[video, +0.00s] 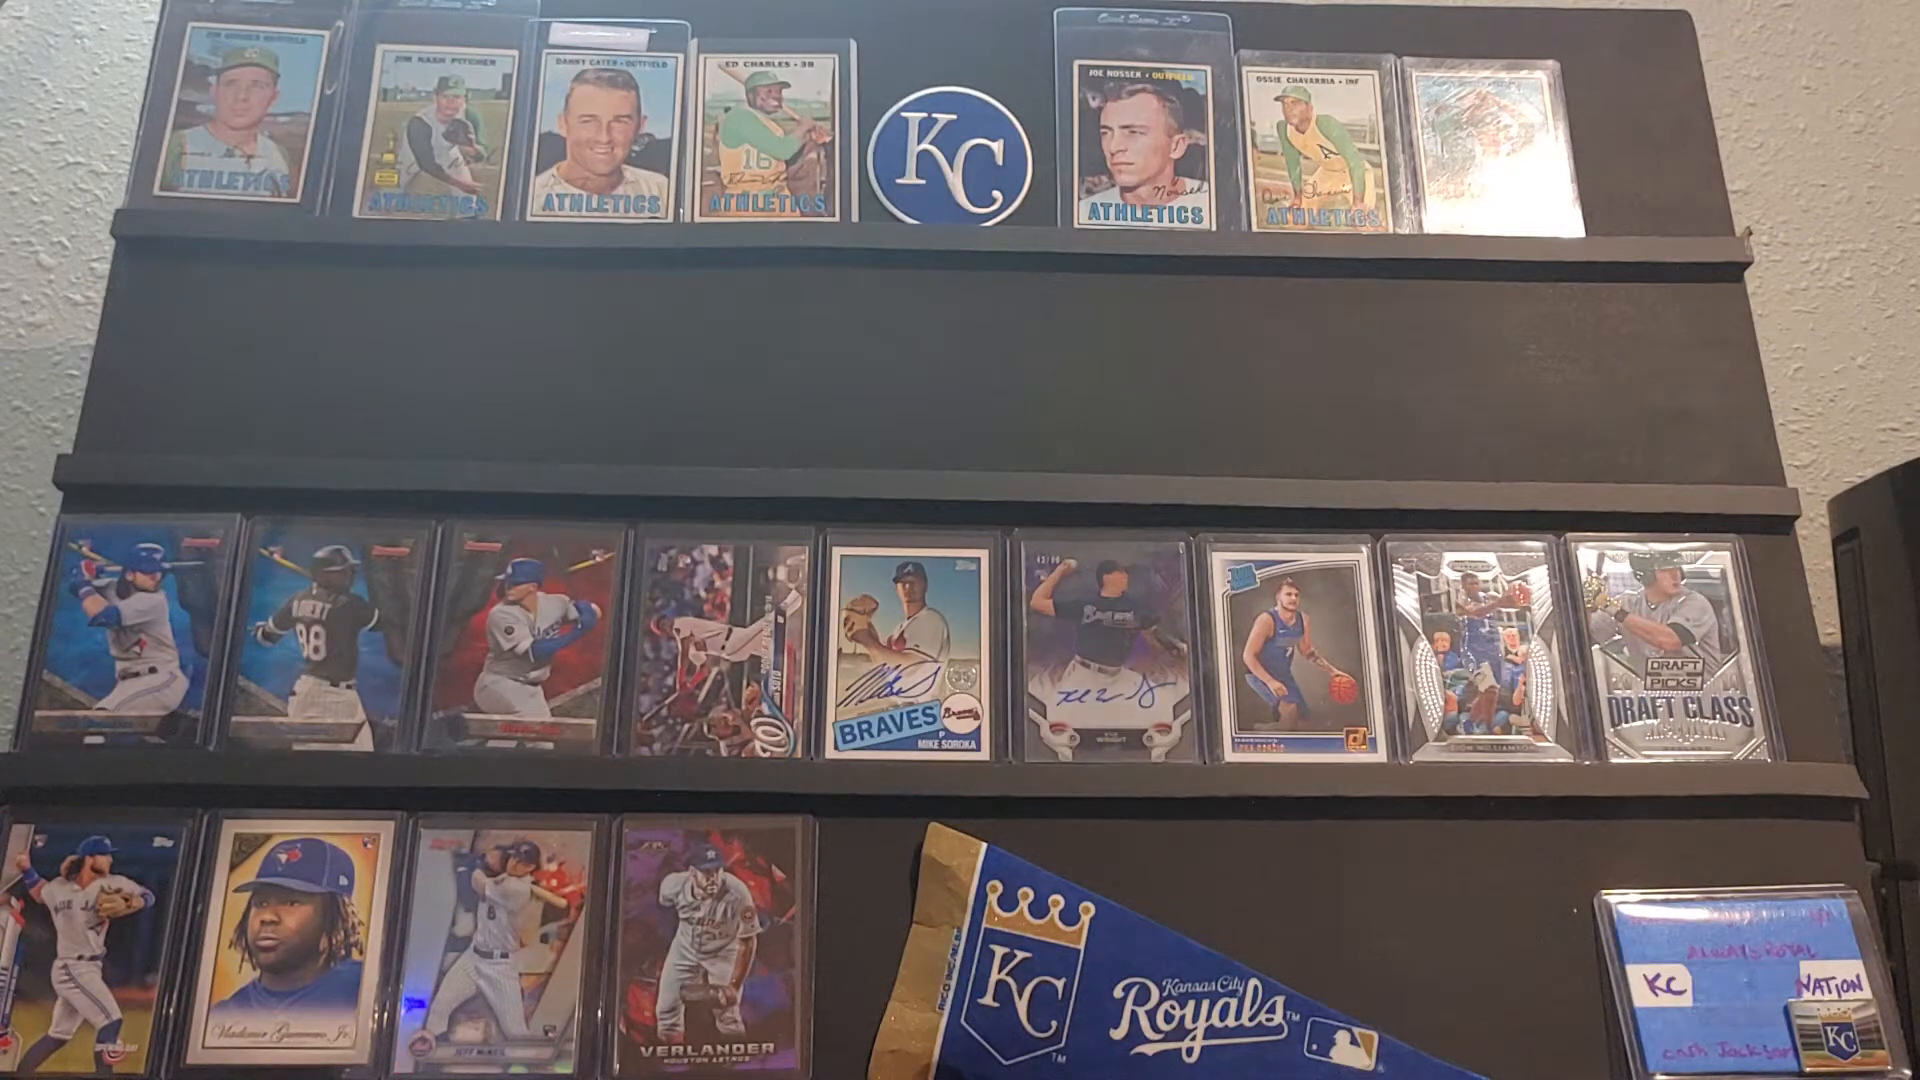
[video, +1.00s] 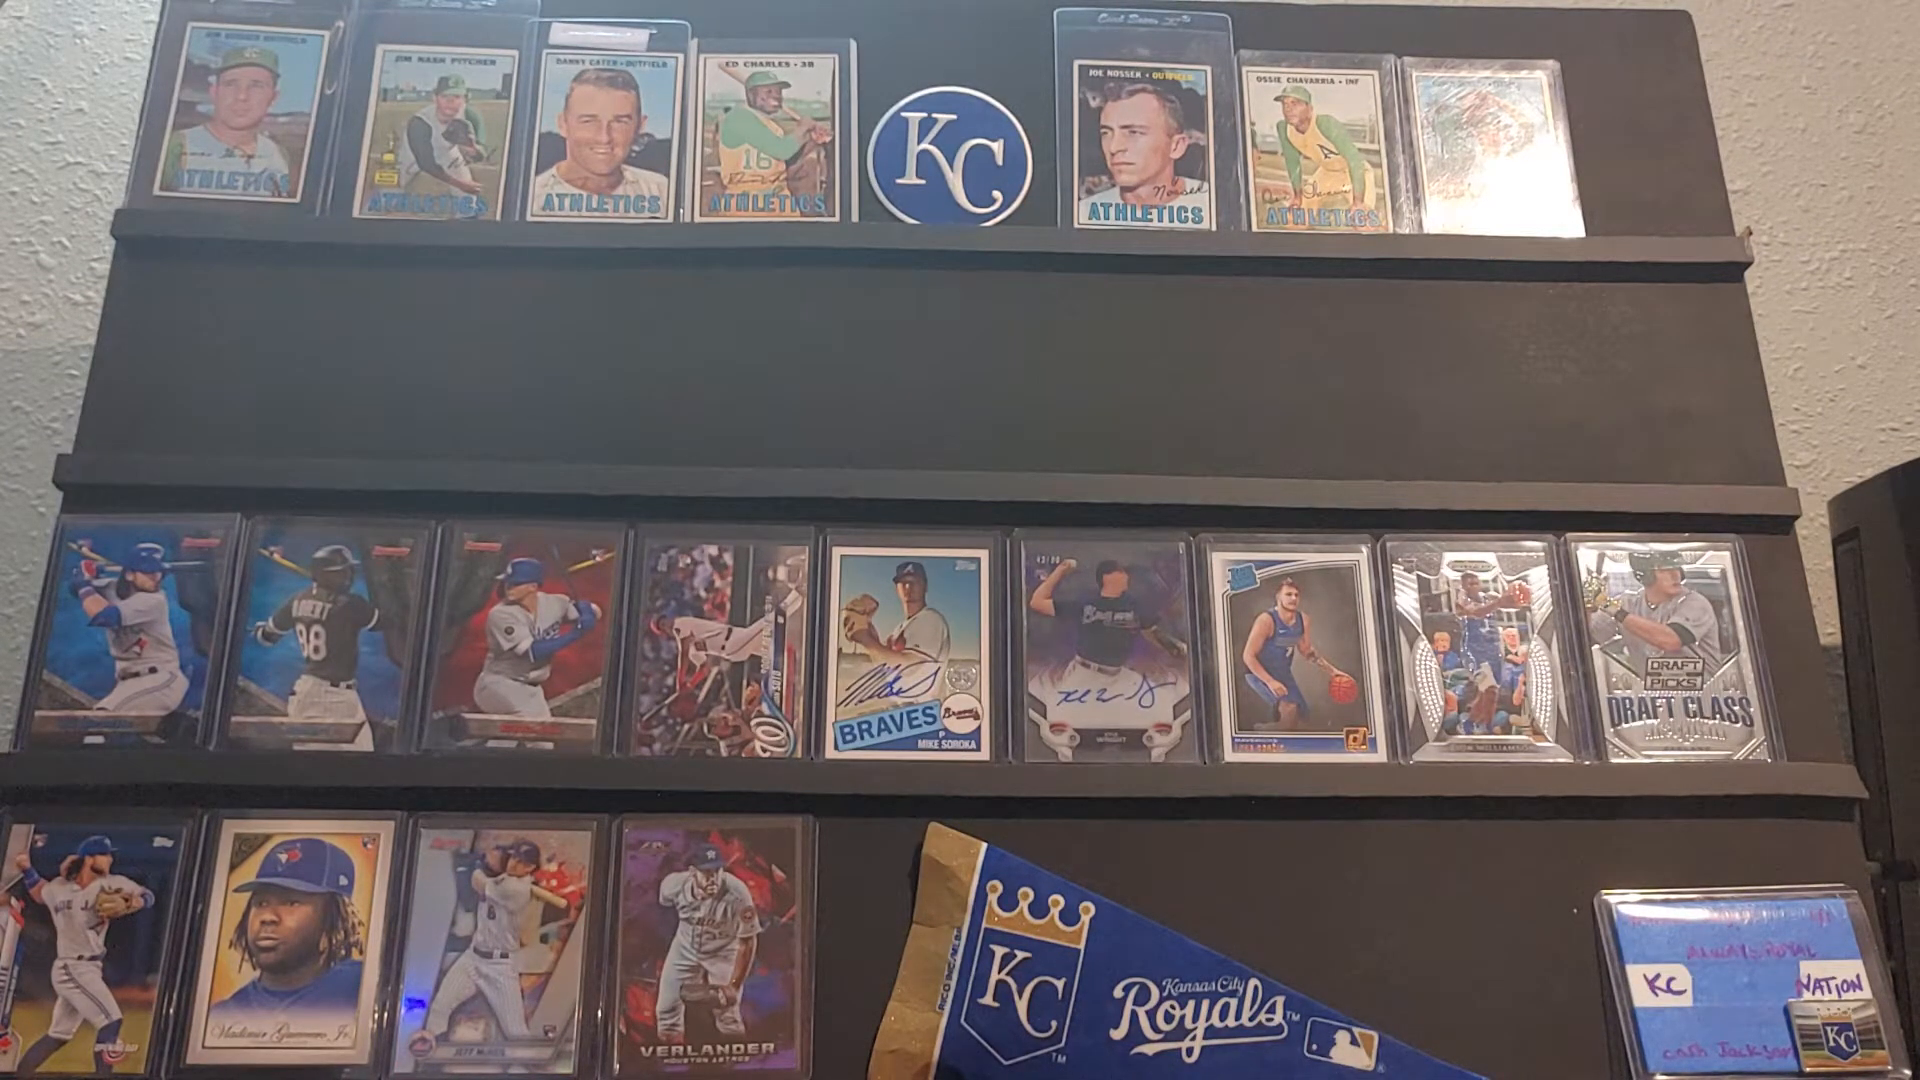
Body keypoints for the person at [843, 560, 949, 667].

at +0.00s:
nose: (907, 588)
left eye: (913, 583)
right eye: (902, 583)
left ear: (925, 586)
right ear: (896, 587)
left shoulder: (931, 619)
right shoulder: (902, 626)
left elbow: (909, 662)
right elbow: (882, 660)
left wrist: (865, 639)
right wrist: (864, 622)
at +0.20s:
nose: (907, 588)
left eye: (913, 583)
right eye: (902, 583)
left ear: (925, 586)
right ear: (896, 588)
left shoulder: (931, 619)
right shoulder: (902, 625)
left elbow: (910, 661)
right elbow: (882, 659)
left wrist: (866, 639)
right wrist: (865, 623)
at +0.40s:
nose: (907, 588)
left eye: (913, 583)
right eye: (902, 583)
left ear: (925, 586)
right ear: (896, 588)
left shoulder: (931, 619)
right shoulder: (902, 625)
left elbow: (910, 661)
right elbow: (882, 659)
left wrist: (866, 639)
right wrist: (865, 623)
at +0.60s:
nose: (907, 588)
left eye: (913, 583)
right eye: (902, 583)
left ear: (925, 586)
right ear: (896, 588)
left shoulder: (931, 619)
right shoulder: (902, 626)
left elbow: (910, 661)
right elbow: (882, 659)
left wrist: (866, 639)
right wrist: (865, 623)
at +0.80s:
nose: (907, 588)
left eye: (913, 583)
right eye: (902, 583)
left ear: (925, 587)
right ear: (897, 588)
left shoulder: (930, 619)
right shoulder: (901, 626)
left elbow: (910, 662)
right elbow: (883, 661)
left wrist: (866, 640)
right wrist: (867, 627)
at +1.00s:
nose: (907, 588)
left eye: (913, 583)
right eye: (902, 583)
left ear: (925, 587)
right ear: (897, 588)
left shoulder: (930, 619)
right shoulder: (901, 627)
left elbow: (911, 664)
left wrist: (866, 640)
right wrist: (868, 630)